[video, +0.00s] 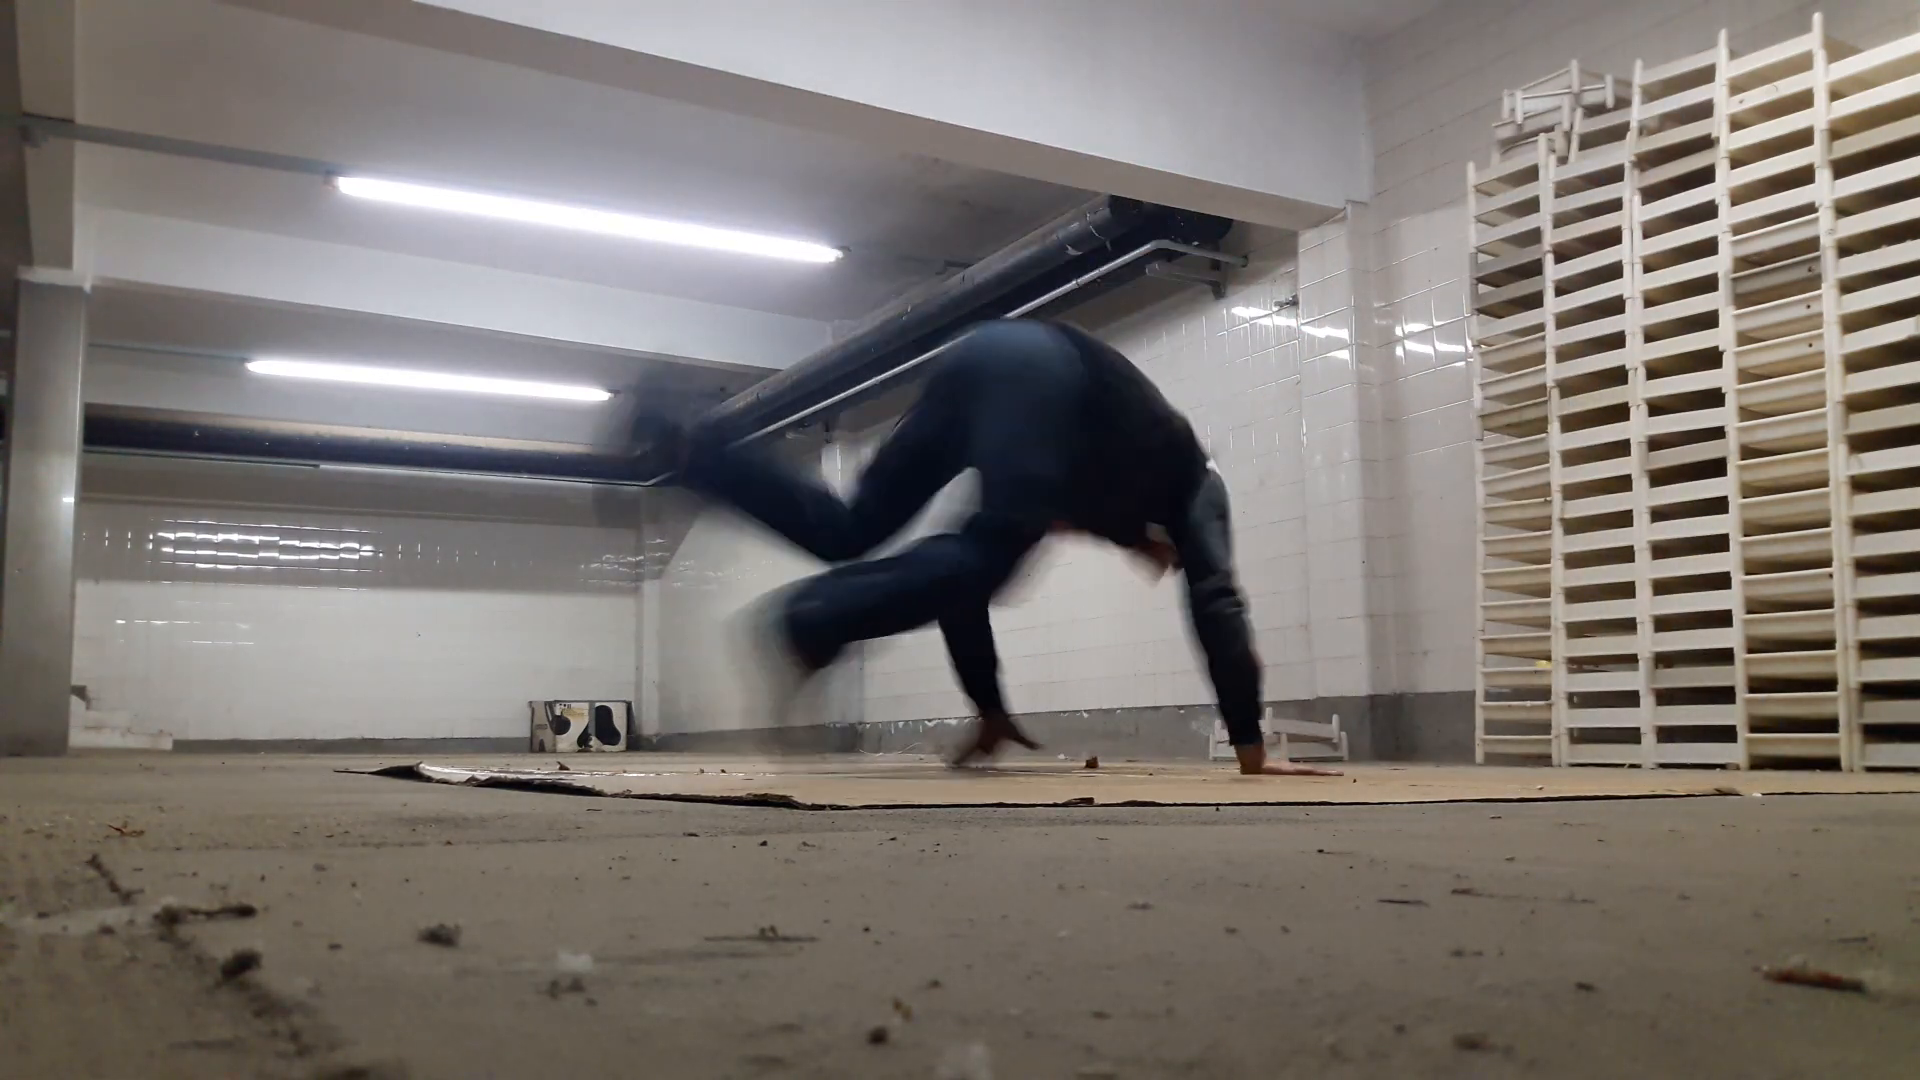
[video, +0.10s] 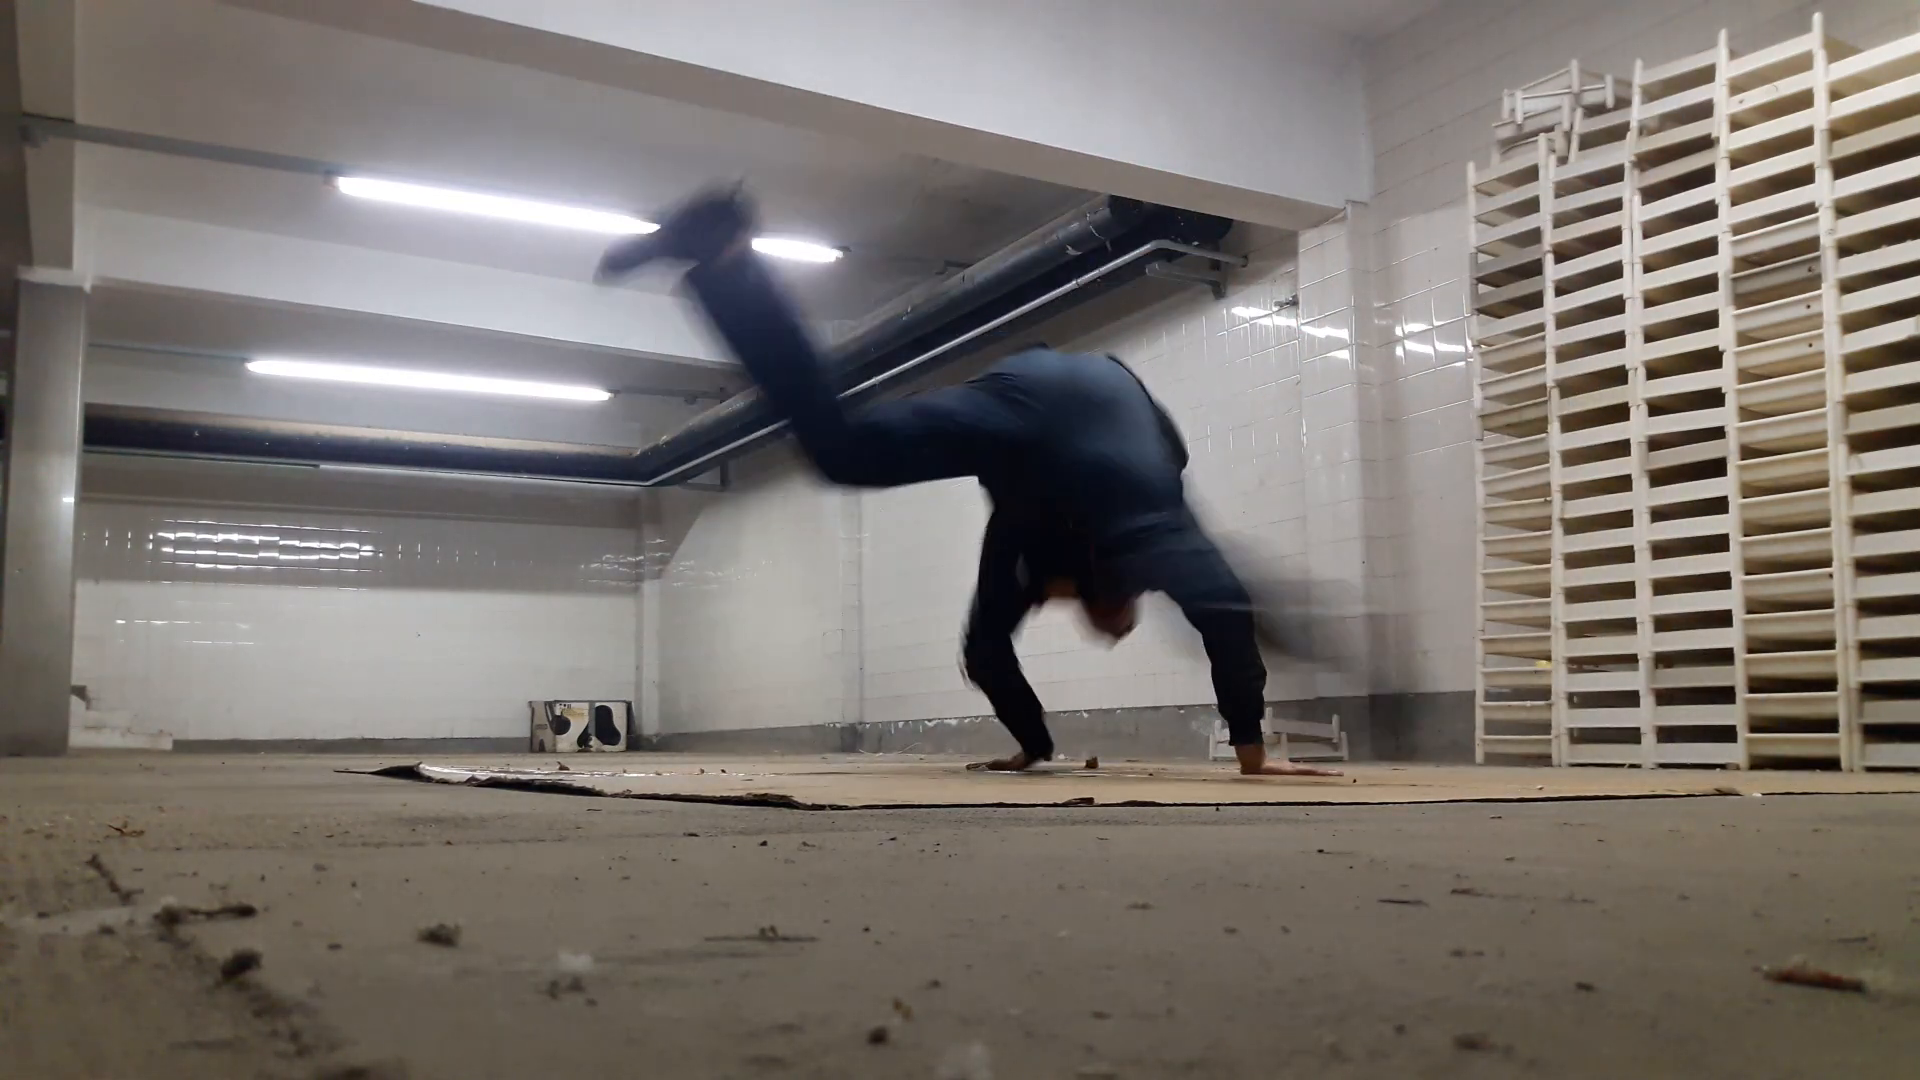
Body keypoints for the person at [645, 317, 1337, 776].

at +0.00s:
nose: (1151, 565)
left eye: (1152, 563)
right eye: (1161, 559)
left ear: (1134, 537)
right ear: (1175, 526)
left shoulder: (1067, 493)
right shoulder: (1190, 485)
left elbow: (960, 584)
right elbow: (1217, 602)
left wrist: (991, 714)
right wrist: (1251, 748)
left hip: (971, 357)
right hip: (1043, 367)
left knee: (851, 529)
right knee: (971, 561)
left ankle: (690, 447)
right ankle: (805, 622)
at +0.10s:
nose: (1108, 627)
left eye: (1099, 625)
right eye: (1111, 622)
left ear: (1067, 587)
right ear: (1119, 588)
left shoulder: (1022, 554)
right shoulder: (1149, 539)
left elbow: (987, 655)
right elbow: (1225, 612)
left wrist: (1039, 756)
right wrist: (1252, 751)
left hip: (1023, 400)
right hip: (1110, 413)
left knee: (839, 447)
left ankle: (718, 251)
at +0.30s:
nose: (969, 718)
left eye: (958, 705)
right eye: (962, 707)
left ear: (952, 681)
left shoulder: (988, 682)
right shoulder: (1082, 599)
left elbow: (1087, 757)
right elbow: (1181, 637)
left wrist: (1020, 760)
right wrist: (1245, 745)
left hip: (1054, 474)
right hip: (1081, 429)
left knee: (1230, 564)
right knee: (1215, 483)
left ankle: (1408, 582)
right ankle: (1343, 345)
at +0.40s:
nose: (870, 696)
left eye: (867, 703)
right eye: (869, 689)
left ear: (878, 721)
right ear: (888, 675)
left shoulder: (991, 745)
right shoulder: (938, 641)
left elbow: (1095, 746)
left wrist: (1153, 747)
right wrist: (1142, 725)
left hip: (1096, 549)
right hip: (1070, 500)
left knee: (1280, 659)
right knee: (1074, 446)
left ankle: (1509, 705)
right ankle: (1158, 316)